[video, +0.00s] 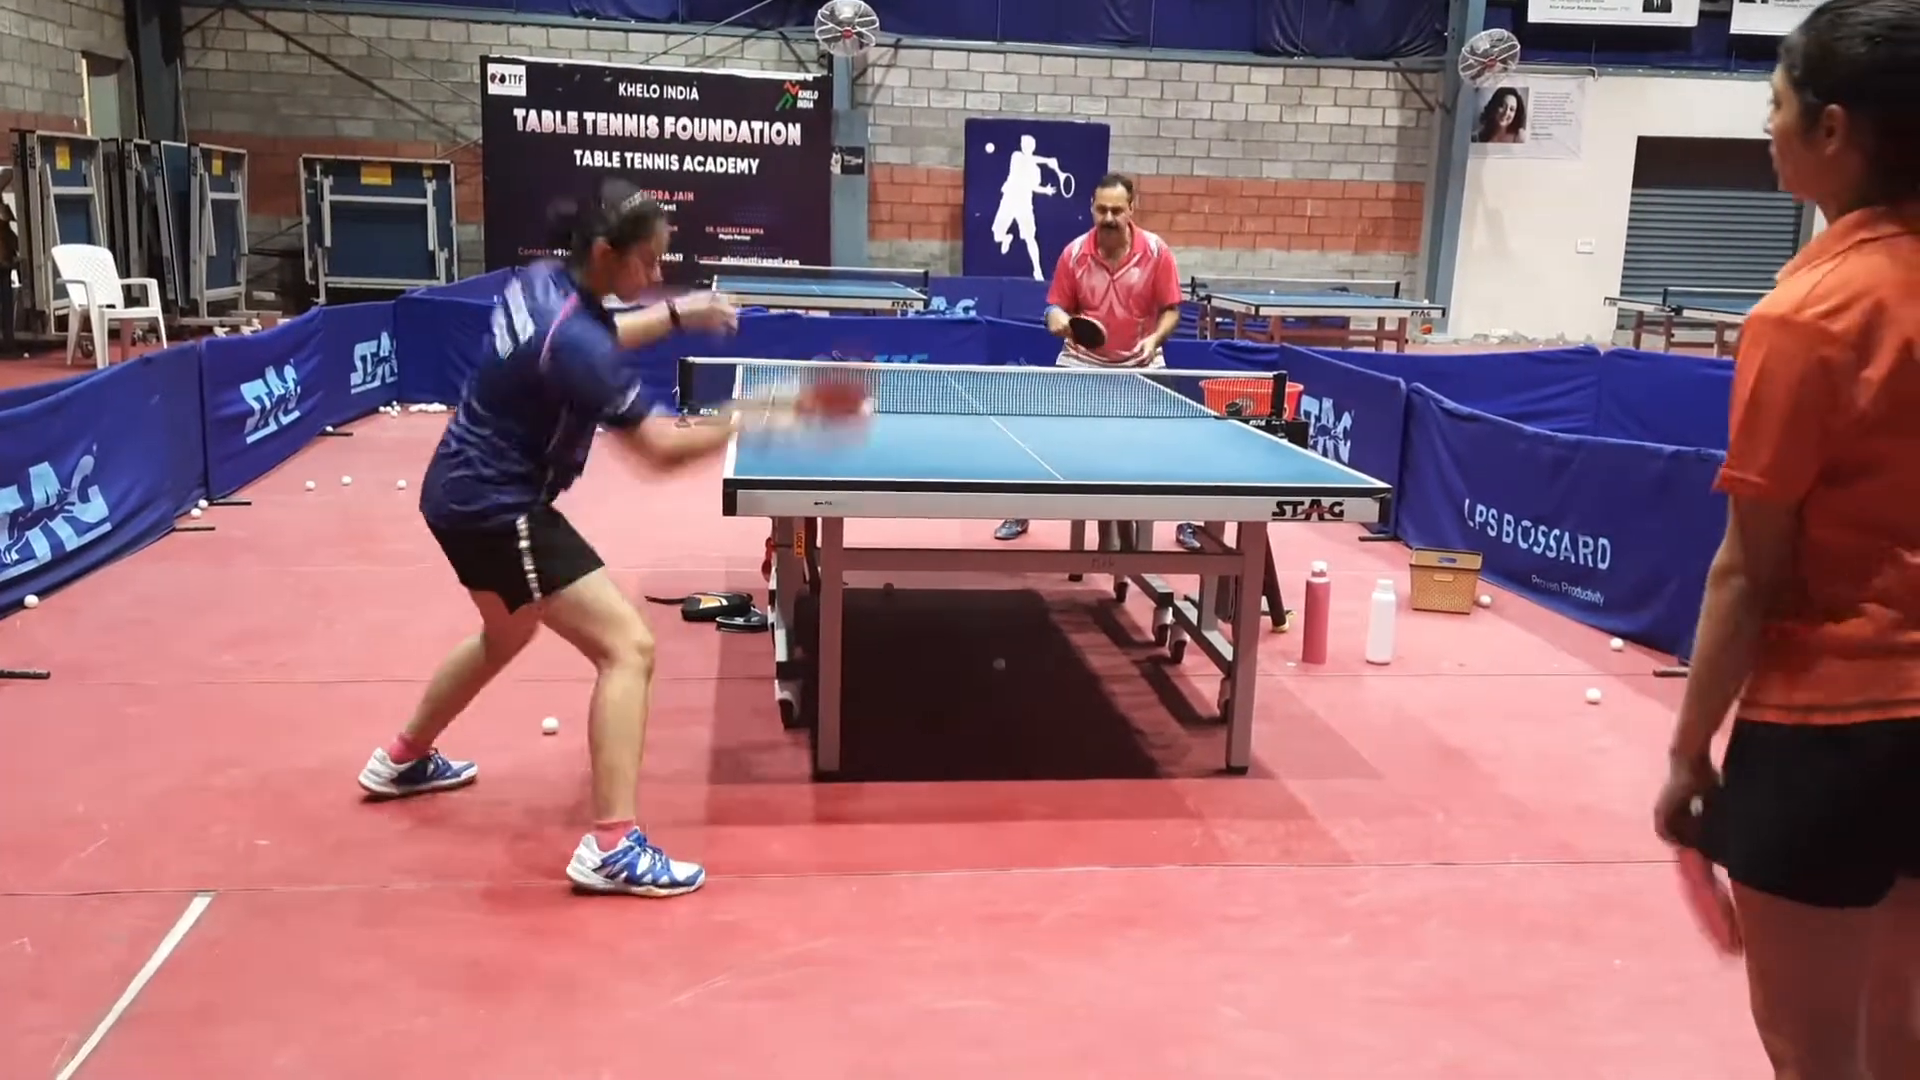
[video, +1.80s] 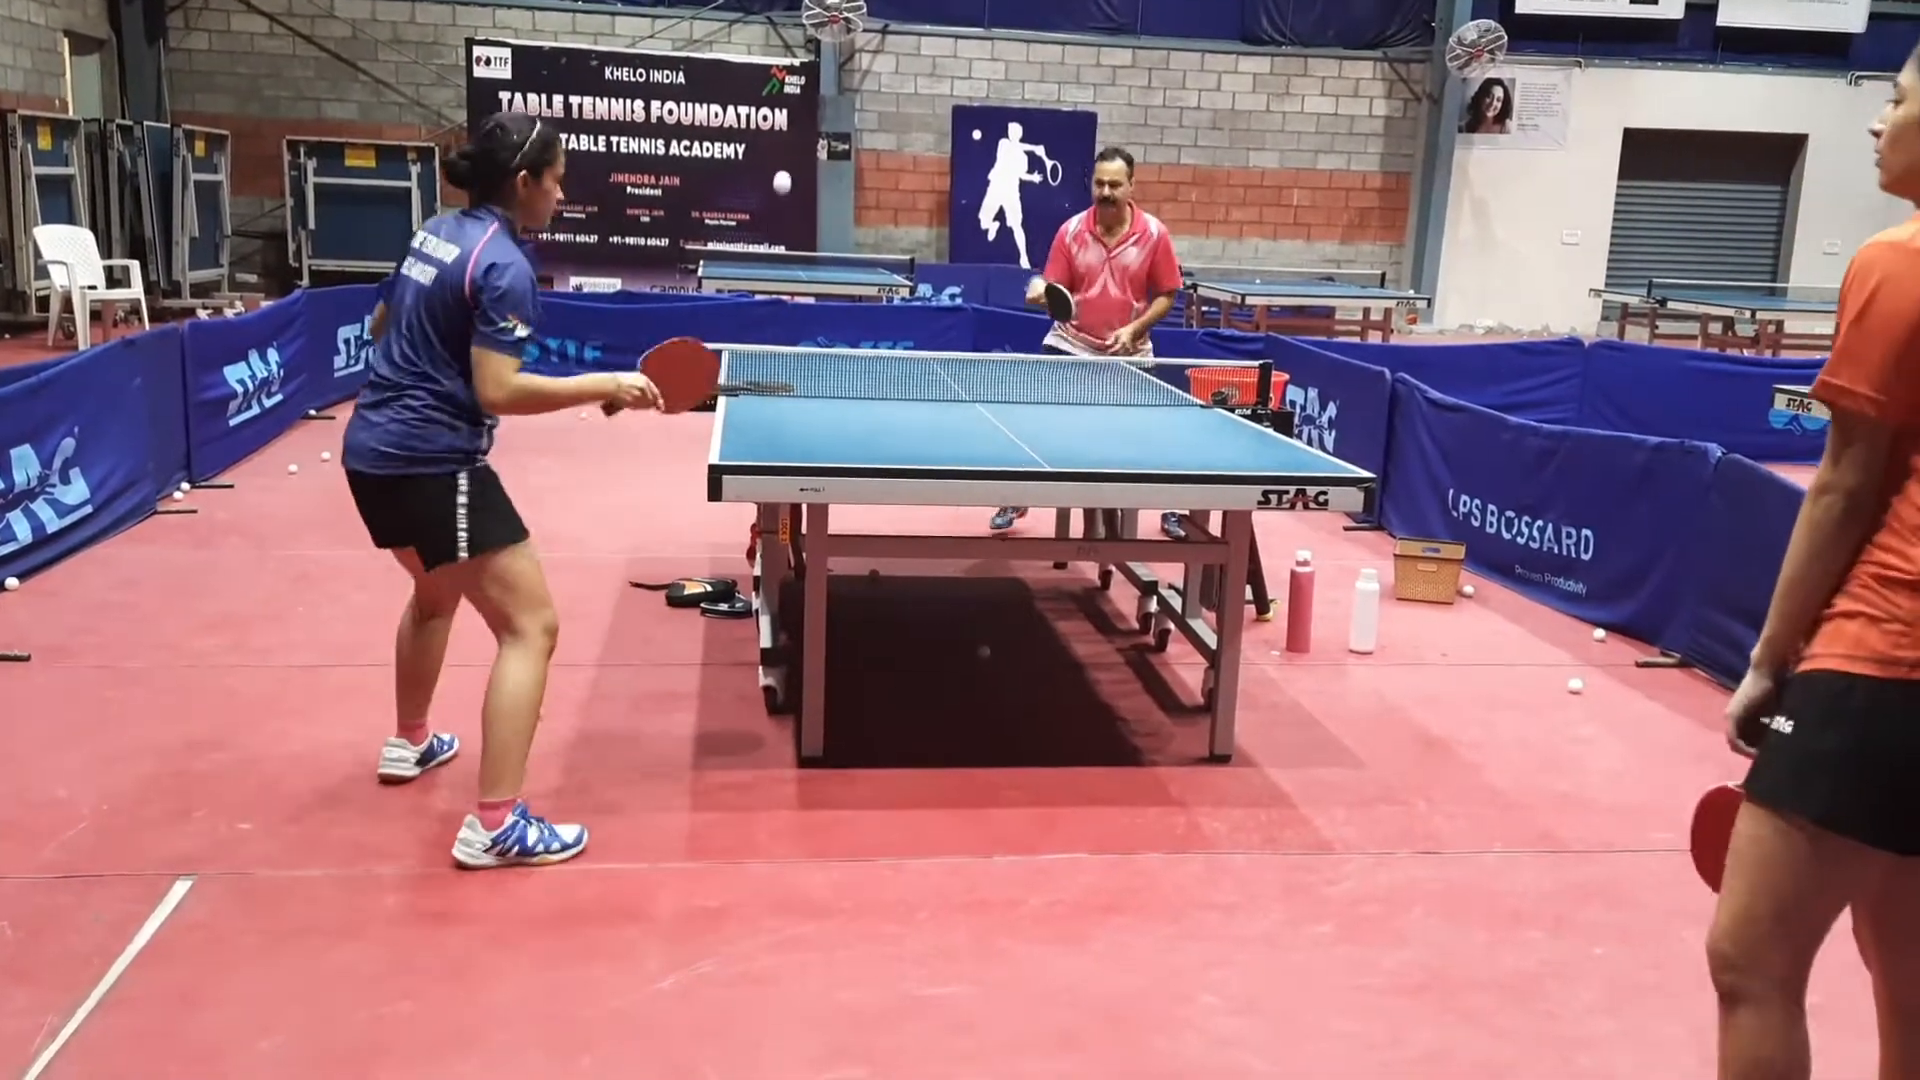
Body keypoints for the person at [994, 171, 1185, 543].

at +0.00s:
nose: (1109, 218)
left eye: (1117, 210)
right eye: (1102, 210)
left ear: (1132, 210)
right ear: (1092, 209)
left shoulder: (1156, 252)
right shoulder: (1074, 253)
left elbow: (1171, 309)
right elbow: (1055, 307)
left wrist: (1154, 338)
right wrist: (1061, 323)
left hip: (1139, 364)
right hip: (1080, 362)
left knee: (1173, 433)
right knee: (1042, 427)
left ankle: (1187, 519)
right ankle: (1020, 510)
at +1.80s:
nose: (1106, 192)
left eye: (1115, 184)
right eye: (1100, 183)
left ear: (1131, 187)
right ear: (1092, 184)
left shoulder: (1153, 233)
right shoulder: (1071, 231)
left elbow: (1166, 296)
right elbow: (1055, 289)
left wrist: (1133, 329)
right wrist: (1042, 294)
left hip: (1129, 351)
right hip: (1069, 344)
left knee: (1159, 423)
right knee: (1032, 413)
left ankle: (1174, 508)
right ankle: (1016, 498)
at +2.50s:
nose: (1110, 205)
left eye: (1117, 197)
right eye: (1102, 197)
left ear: (1125, 193)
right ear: (1083, 190)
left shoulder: (1138, 231)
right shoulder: (1052, 231)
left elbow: (1167, 281)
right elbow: (1029, 283)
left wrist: (1181, 313)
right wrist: (1027, 305)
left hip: (1117, 348)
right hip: (1054, 346)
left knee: (1134, 429)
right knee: (1024, 419)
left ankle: (1152, 522)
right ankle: (999, 509)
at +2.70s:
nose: (1142, 220)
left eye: (1151, 213)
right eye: (1135, 210)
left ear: (1163, 210)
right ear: (1122, 202)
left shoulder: (1173, 248)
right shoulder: (1093, 234)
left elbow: (1197, 305)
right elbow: (1067, 283)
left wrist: (1216, 351)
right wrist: (1057, 304)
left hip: (1146, 351)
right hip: (1090, 347)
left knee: (1152, 437)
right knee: (1051, 423)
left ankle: (1154, 529)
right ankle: (1015, 511)